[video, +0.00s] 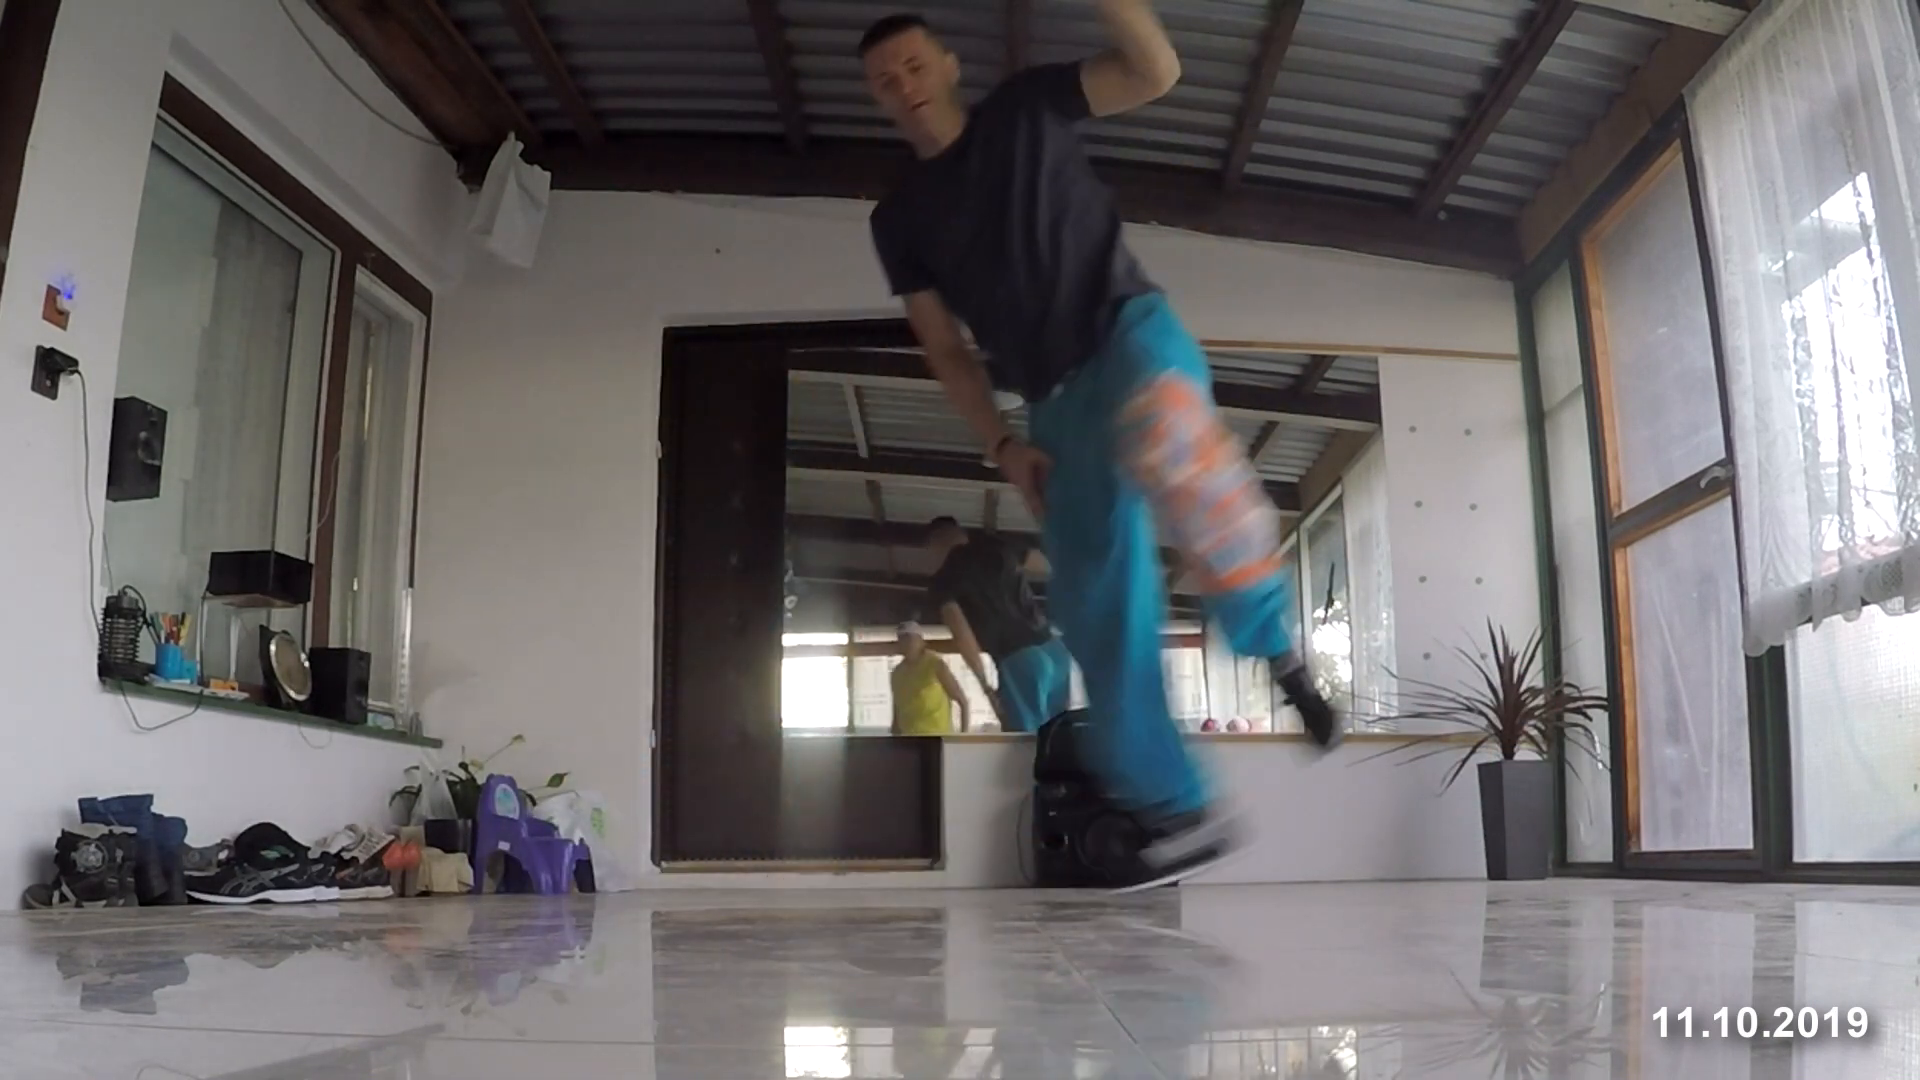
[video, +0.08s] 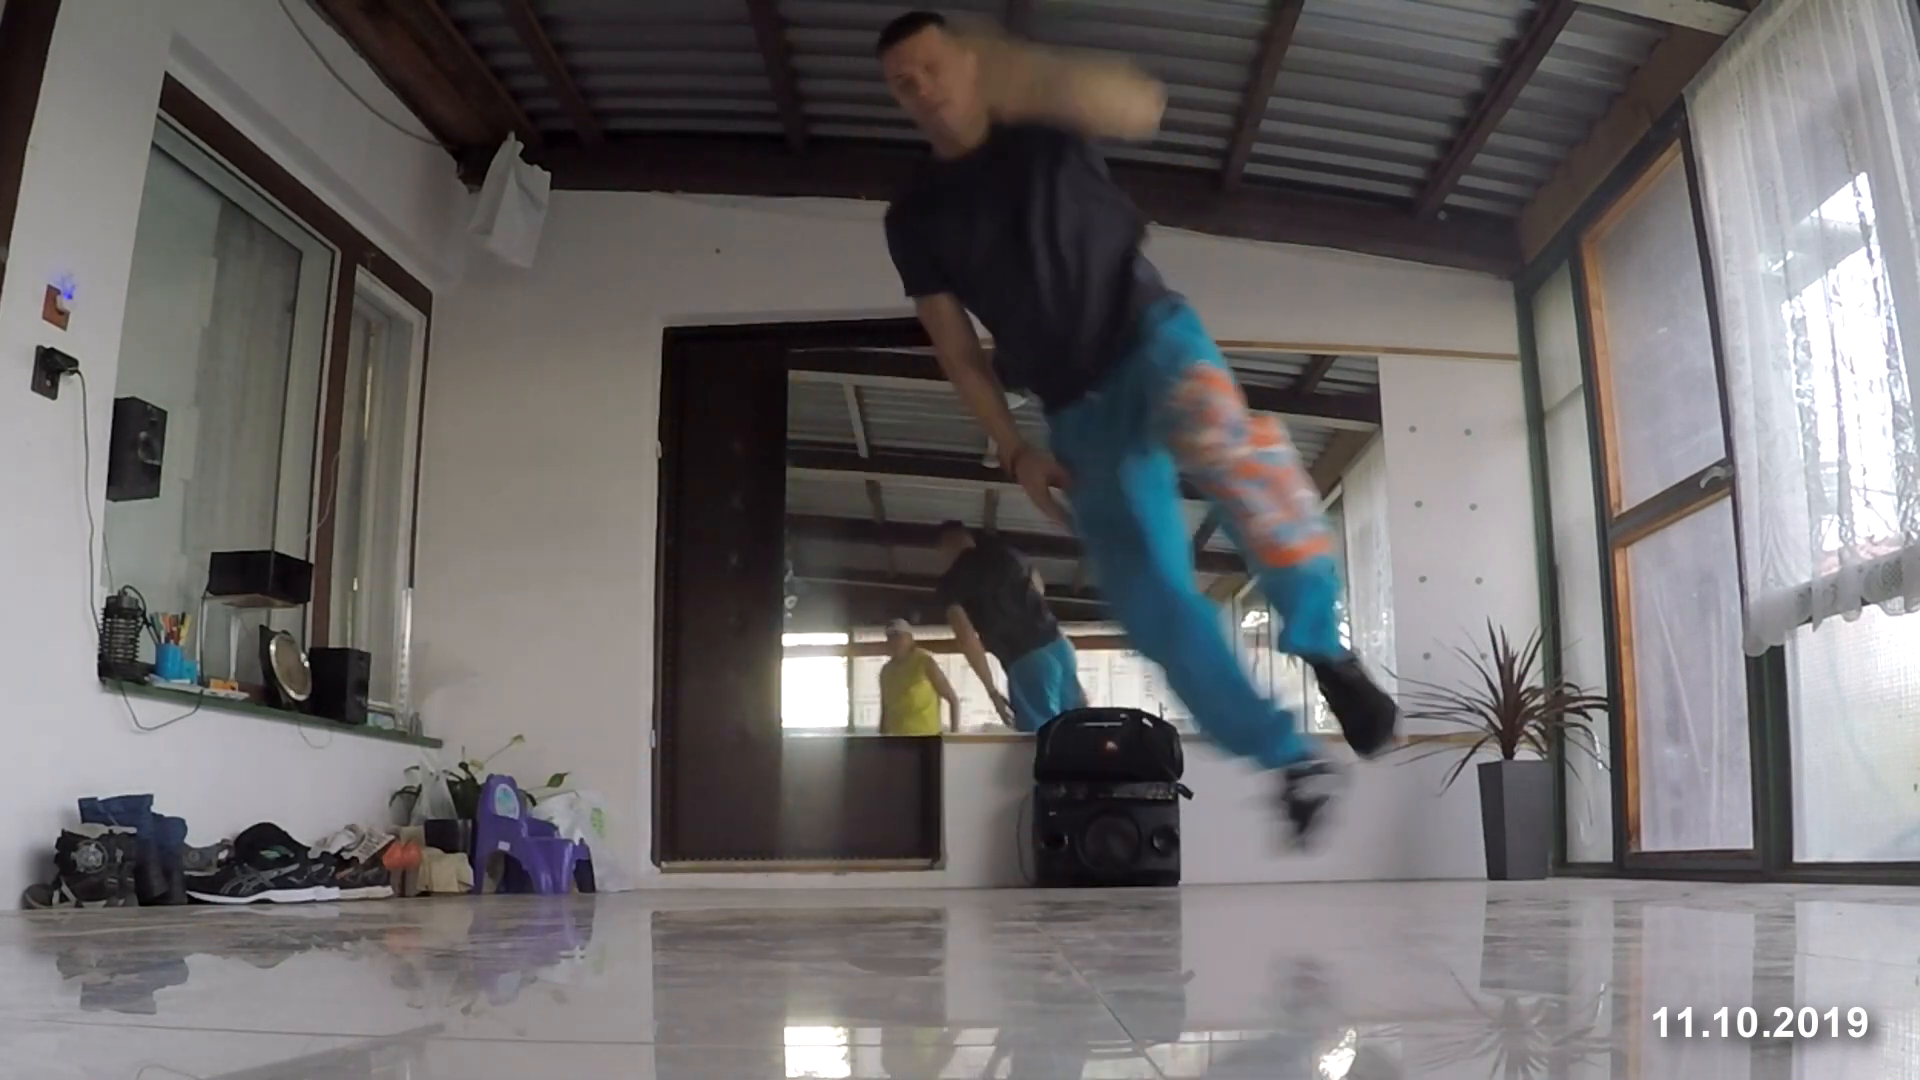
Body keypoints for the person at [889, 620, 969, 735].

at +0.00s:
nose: (907, 644)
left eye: (911, 639)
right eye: (903, 640)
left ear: (921, 641)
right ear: (899, 643)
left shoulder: (935, 664)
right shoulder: (897, 672)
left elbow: (963, 701)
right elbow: (897, 709)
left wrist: (964, 735)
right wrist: (895, 734)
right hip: (906, 737)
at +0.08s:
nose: (893, 643)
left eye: (897, 637)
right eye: (890, 638)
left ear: (909, 638)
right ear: (888, 641)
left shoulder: (924, 662)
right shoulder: (886, 670)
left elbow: (953, 699)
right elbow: (885, 707)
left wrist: (954, 733)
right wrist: (882, 734)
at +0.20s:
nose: (884, 639)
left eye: (888, 634)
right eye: (879, 635)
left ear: (899, 635)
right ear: (876, 638)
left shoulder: (911, 658)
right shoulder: (873, 667)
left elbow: (939, 697)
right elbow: (869, 708)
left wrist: (938, 734)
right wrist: (864, 739)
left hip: (914, 735)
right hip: (886, 737)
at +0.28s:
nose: (878, 638)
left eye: (882, 633)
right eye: (873, 634)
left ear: (891, 635)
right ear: (869, 637)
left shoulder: (905, 657)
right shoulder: (866, 667)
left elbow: (930, 690)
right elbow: (861, 706)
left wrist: (922, 726)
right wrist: (851, 733)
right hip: (879, 734)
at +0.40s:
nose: (864, 636)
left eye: (869, 631)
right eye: (860, 632)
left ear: (879, 634)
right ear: (856, 636)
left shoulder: (891, 656)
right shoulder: (855, 661)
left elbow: (910, 688)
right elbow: (852, 699)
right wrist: (844, 729)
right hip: (865, 729)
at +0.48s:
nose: (854, 637)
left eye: (859, 632)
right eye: (851, 633)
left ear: (870, 634)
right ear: (848, 635)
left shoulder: (883, 657)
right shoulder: (850, 662)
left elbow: (908, 697)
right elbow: (846, 698)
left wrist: (905, 728)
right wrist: (836, 726)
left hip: (882, 732)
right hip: (854, 732)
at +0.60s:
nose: (843, 638)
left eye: (848, 633)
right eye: (840, 634)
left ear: (859, 635)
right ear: (837, 635)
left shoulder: (869, 659)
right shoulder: (840, 663)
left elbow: (895, 701)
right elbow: (834, 704)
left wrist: (889, 734)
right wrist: (825, 731)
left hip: (864, 735)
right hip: (838, 735)